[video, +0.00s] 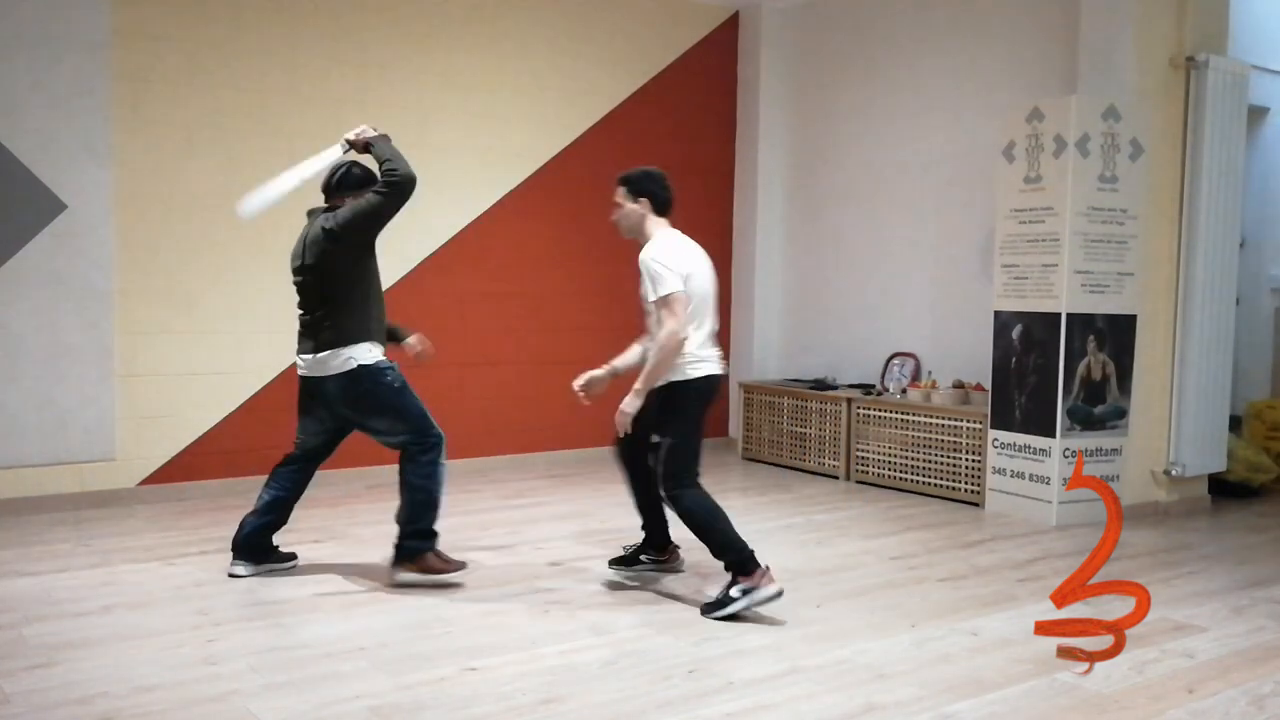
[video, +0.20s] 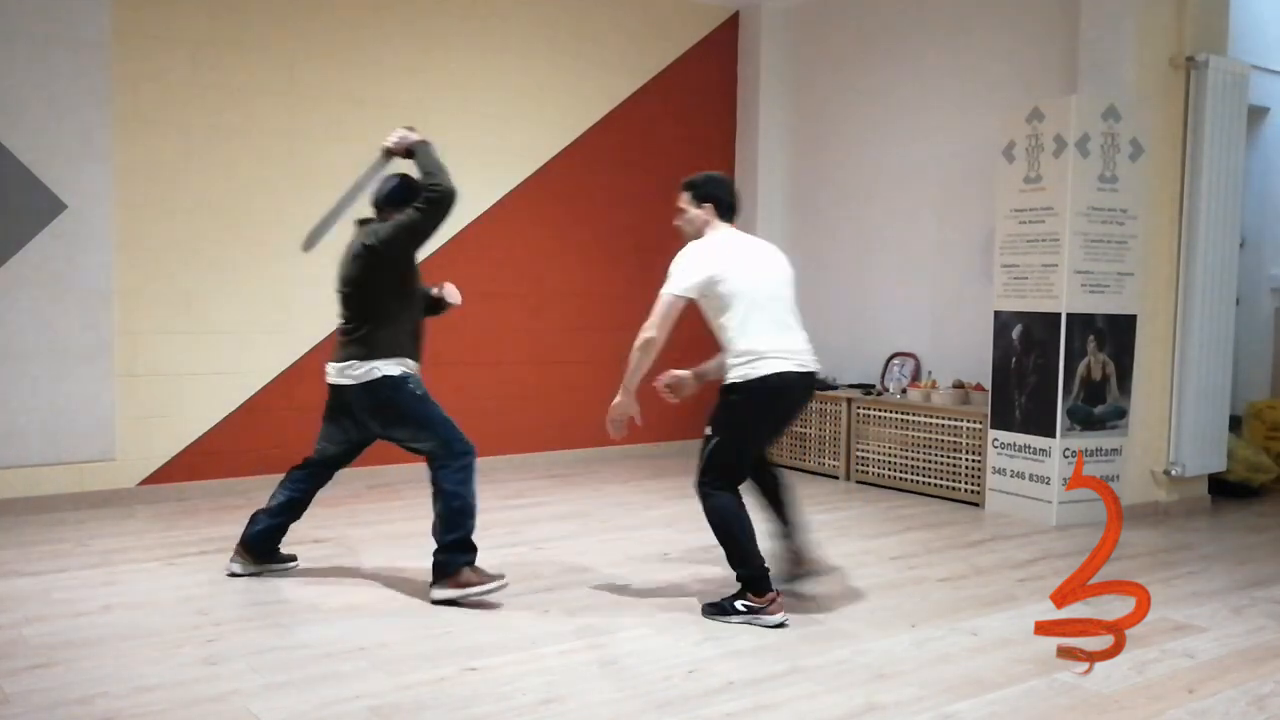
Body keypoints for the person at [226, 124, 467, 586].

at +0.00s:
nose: (371, 203)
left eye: (370, 195)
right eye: (368, 195)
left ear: (329, 194)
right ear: (353, 195)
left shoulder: (306, 240)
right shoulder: (346, 223)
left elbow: (344, 303)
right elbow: (400, 182)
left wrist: (399, 335)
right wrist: (377, 141)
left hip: (315, 371)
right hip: (356, 366)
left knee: (303, 458)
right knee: (424, 441)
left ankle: (252, 544)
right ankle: (416, 548)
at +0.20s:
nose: (422, 216)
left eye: (420, 206)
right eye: (419, 208)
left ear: (379, 205)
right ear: (407, 208)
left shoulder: (361, 246)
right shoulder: (389, 239)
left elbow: (386, 299)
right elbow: (439, 195)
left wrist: (432, 300)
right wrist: (419, 146)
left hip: (347, 383)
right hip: (385, 380)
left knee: (318, 466)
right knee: (455, 454)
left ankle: (255, 548)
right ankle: (453, 566)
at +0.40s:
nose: (512, 212)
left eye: (512, 204)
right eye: (508, 204)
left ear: (469, 203)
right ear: (488, 205)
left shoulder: (450, 242)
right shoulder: (466, 237)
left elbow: (459, 317)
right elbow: (531, 216)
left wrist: (501, 314)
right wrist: (553, 154)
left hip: (418, 373)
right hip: (446, 376)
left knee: (436, 456)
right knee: (496, 468)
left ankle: (351, 523)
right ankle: (459, 577)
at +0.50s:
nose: (559, 209)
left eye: (557, 200)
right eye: (551, 201)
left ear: (519, 198)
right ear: (527, 202)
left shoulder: (498, 230)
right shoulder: (502, 233)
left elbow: (491, 304)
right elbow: (580, 231)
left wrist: (537, 314)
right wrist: (632, 172)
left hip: (478, 370)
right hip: (473, 374)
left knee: (518, 451)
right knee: (509, 475)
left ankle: (469, 548)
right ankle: (458, 577)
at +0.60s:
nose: (599, 206)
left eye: (599, 196)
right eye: (591, 196)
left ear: (560, 196)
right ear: (564, 196)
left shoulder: (536, 230)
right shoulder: (544, 231)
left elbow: (527, 298)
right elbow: (622, 245)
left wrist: (573, 315)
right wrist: (700, 203)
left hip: (536, 377)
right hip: (510, 377)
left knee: (579, 448)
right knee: (517, 481)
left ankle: (592, 556)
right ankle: (458, 573)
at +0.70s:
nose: (638, 203)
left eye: (637, 194)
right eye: (630, 194)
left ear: (599, 198)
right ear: (602, 196)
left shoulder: (575, 232)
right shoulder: (590, 236)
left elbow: (568, 300)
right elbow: (671, 257)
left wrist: (612, 316)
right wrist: (752, 237)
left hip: (586, 385)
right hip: (562, 385)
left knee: (632, 467)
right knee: (542, 479)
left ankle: (670, 557)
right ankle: (466, 562)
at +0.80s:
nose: (679, 206)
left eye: (679, 197)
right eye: (670, 197)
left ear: (646, 202)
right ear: (643, 201)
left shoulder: (617, 238)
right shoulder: (635, 242)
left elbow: (617, 305)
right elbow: (716, 274)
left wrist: (663, 325)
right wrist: (804, 271)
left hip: (639, 387)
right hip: (614, 387)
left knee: (682, 459)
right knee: (612, 485)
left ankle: (687, 565)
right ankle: (516, 544)